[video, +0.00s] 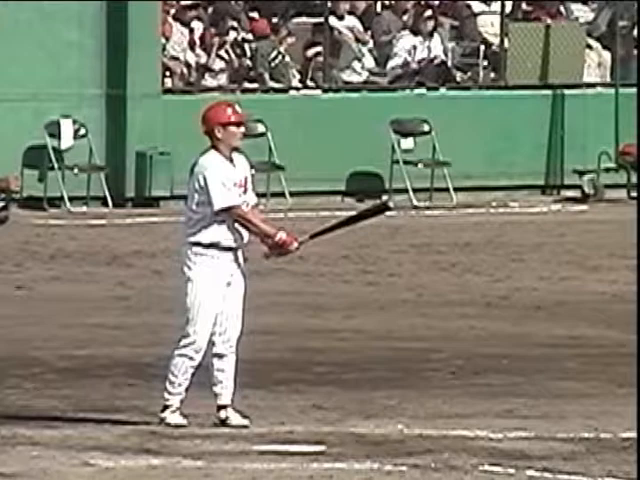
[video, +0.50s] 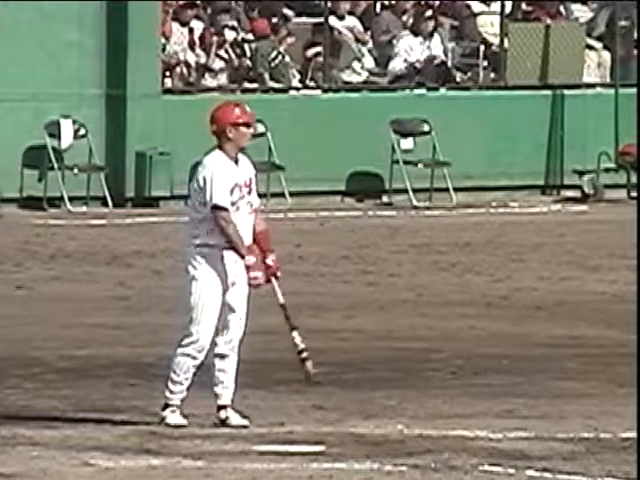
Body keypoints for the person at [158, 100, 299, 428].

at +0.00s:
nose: (242, 129)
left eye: (241, 124)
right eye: (235, 125)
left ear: (234, 130)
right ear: (217, 131)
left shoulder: (241, 164)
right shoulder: (209, 166)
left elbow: (250, 209)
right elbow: (234, 211)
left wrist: (269, 239)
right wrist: (275, 234)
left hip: (232, 255)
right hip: (205, 256)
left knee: (228, 336)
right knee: (197, 333)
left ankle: (224, 405)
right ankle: (171, 404)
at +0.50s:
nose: (251, 131)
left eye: (250, 125)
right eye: (245, 126)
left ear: (237, 131)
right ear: (228, 132)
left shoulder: (245, 165)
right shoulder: (212, 168)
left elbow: (255, 212)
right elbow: (224, 220)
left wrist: (267, 251)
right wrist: (250, 258)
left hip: (236, 255)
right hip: (207, 255)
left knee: (230, 336)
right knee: (200, 334)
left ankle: (224, 405)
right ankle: (172, 404)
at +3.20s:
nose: (201, 159)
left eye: (206, 154)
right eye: (196, 153)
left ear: (216, 145)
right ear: (185, 147)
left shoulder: (233, 165)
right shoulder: (171, 173)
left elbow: (246, 212)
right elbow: (146, 215)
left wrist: (256, 254)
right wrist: (144, 254)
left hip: (226, 260)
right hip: (188, 262)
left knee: (234, 335)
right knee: (189, 340)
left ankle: (230, 399)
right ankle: (187, 410)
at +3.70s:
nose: (220, 156)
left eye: (225, 150)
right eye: (214, 150)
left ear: (233, 149)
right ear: (202, 148)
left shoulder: (248, 174)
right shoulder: (182, 171)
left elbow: (257, 224)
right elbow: (162, 214)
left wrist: (265, 265)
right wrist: (154, 251)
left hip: (226, 265)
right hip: (186, 263)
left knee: (222, 340)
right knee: (179, 337)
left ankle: (223, 415)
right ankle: (181, 402)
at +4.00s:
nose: (215, 165)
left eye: (221, 158)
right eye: (209, 158)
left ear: (229, 153)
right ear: (197, 152)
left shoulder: (243, 177)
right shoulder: (177, 172)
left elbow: (252, 228)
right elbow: (159, 214)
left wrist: (262, 268)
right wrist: (145, 252)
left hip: (222, 269)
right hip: (182, 268)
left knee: (220, 344)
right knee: (171, 344)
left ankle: (225, 417)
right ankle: (155, 418)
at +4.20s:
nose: (204, 169)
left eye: (208, 163)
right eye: (198, 164)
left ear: (214, 157)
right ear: (184, 158)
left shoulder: (226, 180)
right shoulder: (162, 179)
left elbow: (238, 230)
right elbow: (143, 223)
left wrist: (249, 270)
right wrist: (133, 265)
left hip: (211, 273)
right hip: (172, 274)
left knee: (217, 350)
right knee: (167, 352)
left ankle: (224, 418)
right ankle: (155, 420)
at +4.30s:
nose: (196, 169)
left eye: (200, 163)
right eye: (191, 164)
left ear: (208, 156)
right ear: (177, 157)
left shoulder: (220, 178)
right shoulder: (157, 180)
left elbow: (230, 228)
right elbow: (138, 223)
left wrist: (239, 268)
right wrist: (128, 262)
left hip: (208, 271)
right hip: (169, 273)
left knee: (214, 347)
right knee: (164, 350)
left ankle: (222, 416)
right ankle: (154, 420)